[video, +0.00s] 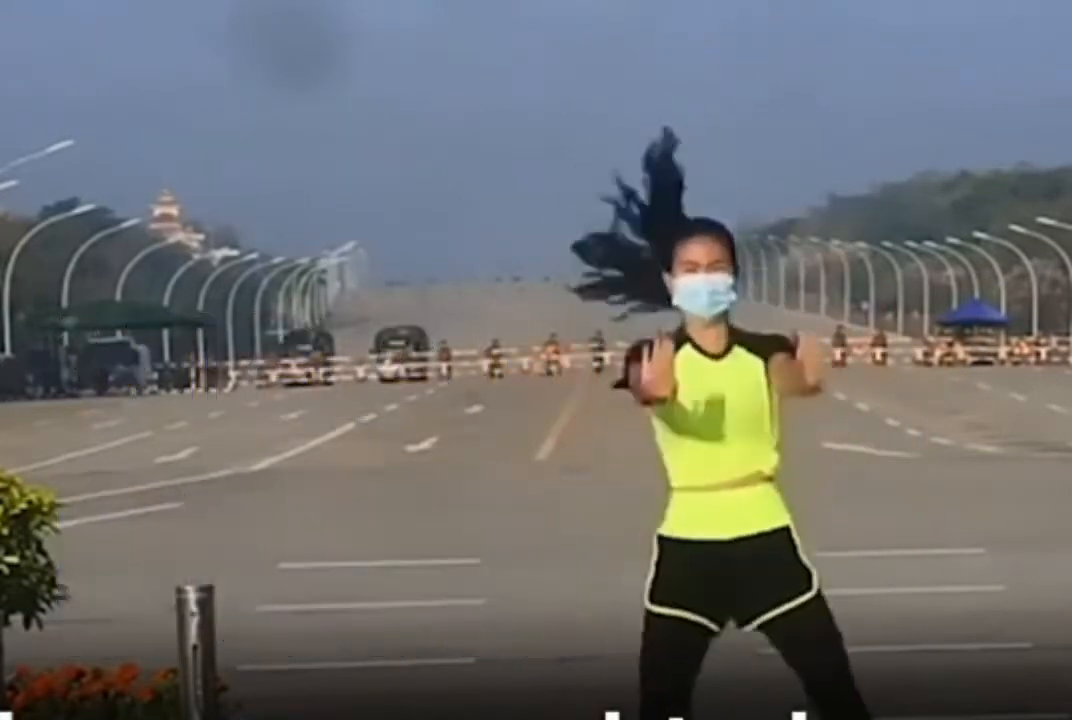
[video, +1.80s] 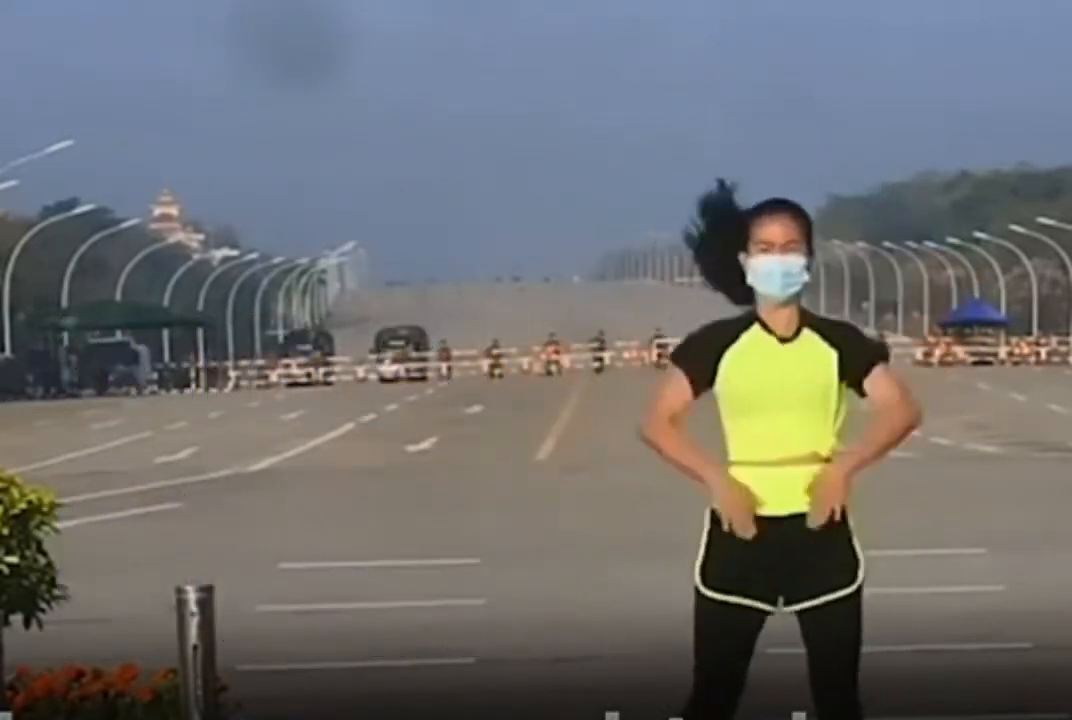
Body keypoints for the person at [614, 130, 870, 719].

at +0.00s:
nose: (706, 279)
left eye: (717, 267)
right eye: (691, 269)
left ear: (735, 278)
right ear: (670, 282)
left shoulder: (768, 352)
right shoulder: (655, 356)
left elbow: (800, 382)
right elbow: (651, 385)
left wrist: (810, 372)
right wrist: (656, 381)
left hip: (766, 541)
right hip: (687, 548)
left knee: (833, 685)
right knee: (661, 697)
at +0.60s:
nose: (760, 218)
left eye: (772, 207)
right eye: (746, 208)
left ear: (790, 218)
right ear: (726, 220)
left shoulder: (827, 296)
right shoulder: (705, 296)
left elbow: (843, 350)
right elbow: (698, 364)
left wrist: (860, 392)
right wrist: (700, 418)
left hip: (813, 488)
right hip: (732, 490)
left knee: (845, 654)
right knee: (703, 656)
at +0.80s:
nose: (786, 224)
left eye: (798, 212)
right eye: (771, 213)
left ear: (815, 224)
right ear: (752, 227)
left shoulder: (852, 303)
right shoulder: (728, 305)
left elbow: (918, 363)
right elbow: (664, 377)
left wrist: (864, 422)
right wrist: (736, 420)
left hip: (832, 499)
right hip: (751, 500)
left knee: (861, 663)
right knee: (739, 667)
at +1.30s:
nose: (802, 273)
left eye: (814, 261)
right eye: (788, 262)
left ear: (832, 270)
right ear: (768, 276)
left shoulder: (864, 345)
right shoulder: (743, 348)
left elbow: (955, 363)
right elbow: (658, 380)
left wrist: (867, 367)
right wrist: (744, 357)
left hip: (856, 539)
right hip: (776, 541)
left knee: (874, 699)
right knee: (764, 702)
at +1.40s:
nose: (801, 259)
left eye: (814, 247)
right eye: (787, 248)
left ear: (832, 257)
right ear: (769, 261)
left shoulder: (867, 334)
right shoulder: (751, 337)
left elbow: (956, 342)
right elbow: (653, 356)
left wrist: (868, 312)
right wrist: (733, 308)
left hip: (854, 522)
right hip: (773, 523)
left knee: (865, 695)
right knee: (759, 694)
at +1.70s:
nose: (787, 231)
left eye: (799, 217)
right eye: (772, 218)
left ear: (818, 227)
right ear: (751, 230)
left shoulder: (850, 299)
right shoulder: (731, 303)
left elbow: (938, 327)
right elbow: (640, 341)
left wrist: (855, 336)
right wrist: (723, 350)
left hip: (833, 495)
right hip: (752, 494)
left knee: (844, 673)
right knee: (720, 664)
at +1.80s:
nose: (779, 261)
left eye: (792, 248)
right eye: (765, 248)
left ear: (809, 260)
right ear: (743, 261)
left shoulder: (840, 341)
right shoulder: (717, 343)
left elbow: (900, 410)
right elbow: (657, 422)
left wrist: (843, 467)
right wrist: (718, 483)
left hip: (822, 539)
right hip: (737, 539)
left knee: (837, 700)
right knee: (713, 699)